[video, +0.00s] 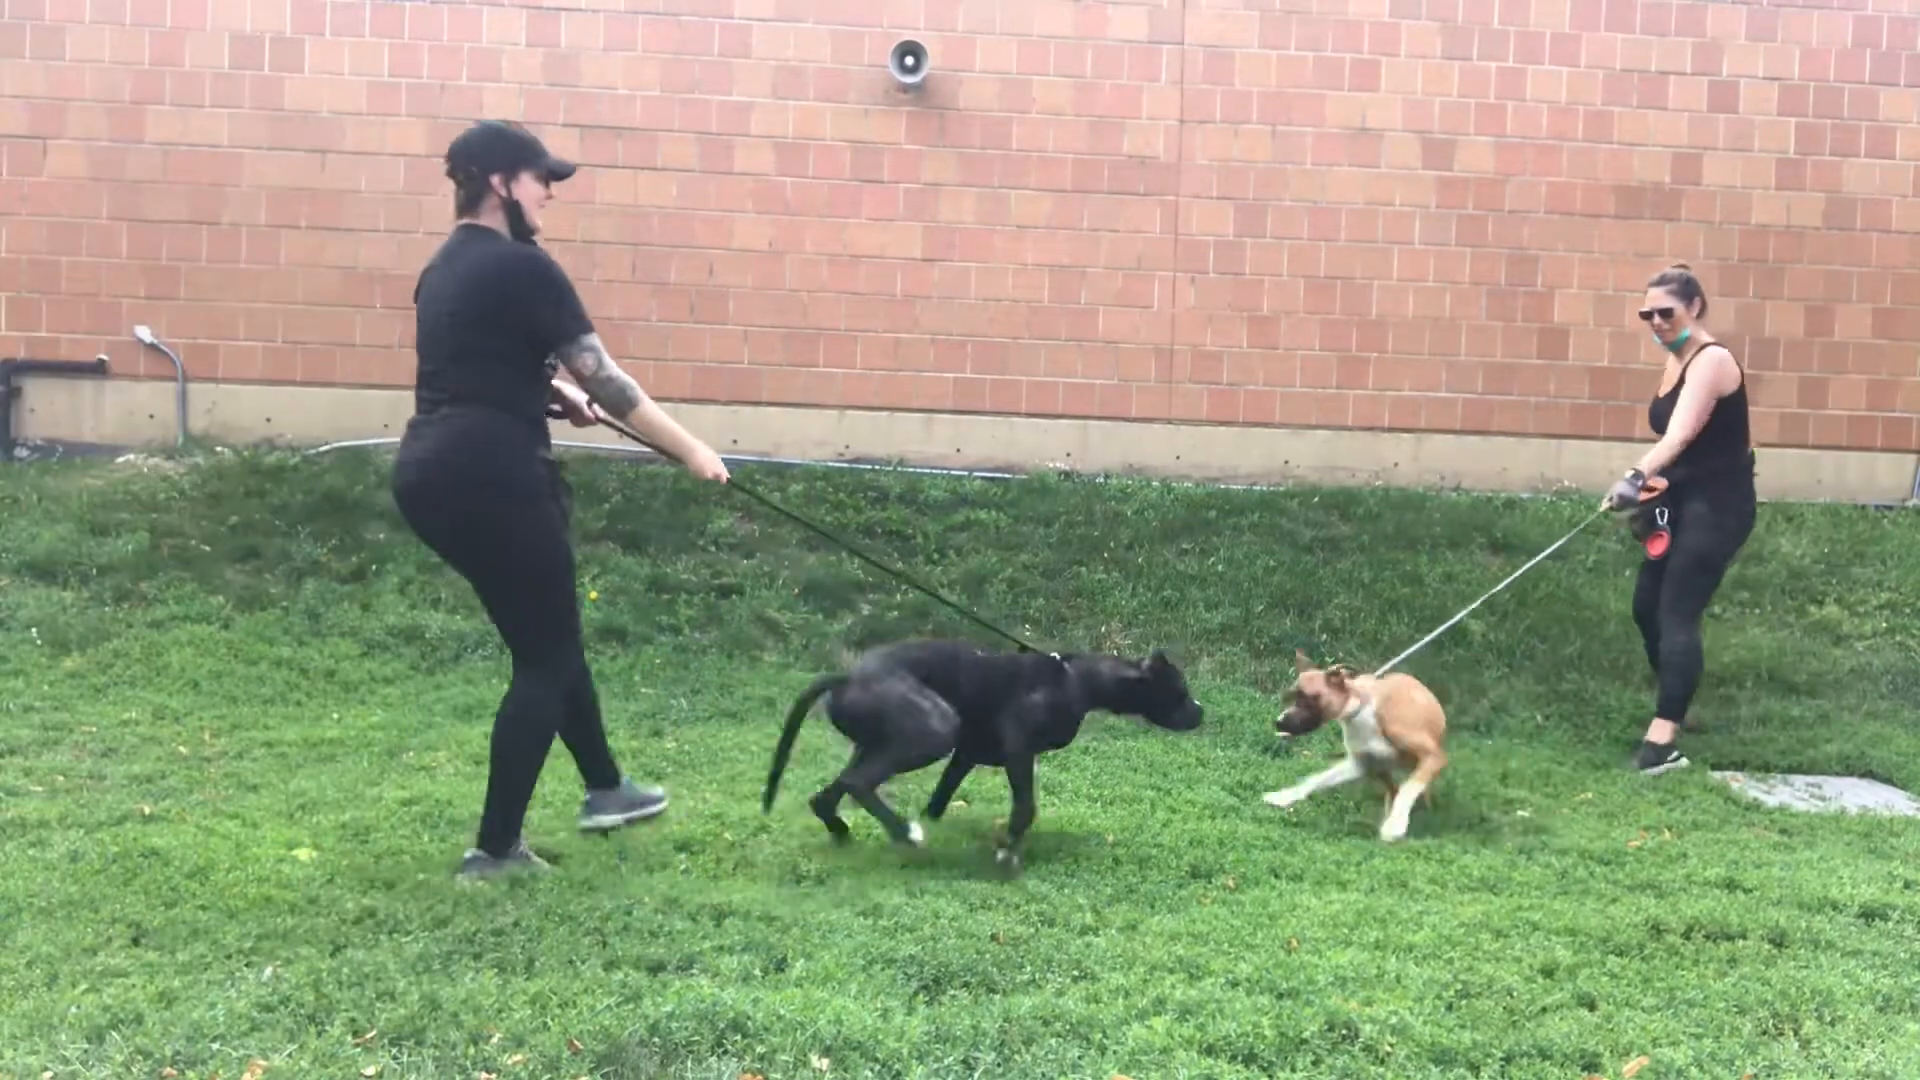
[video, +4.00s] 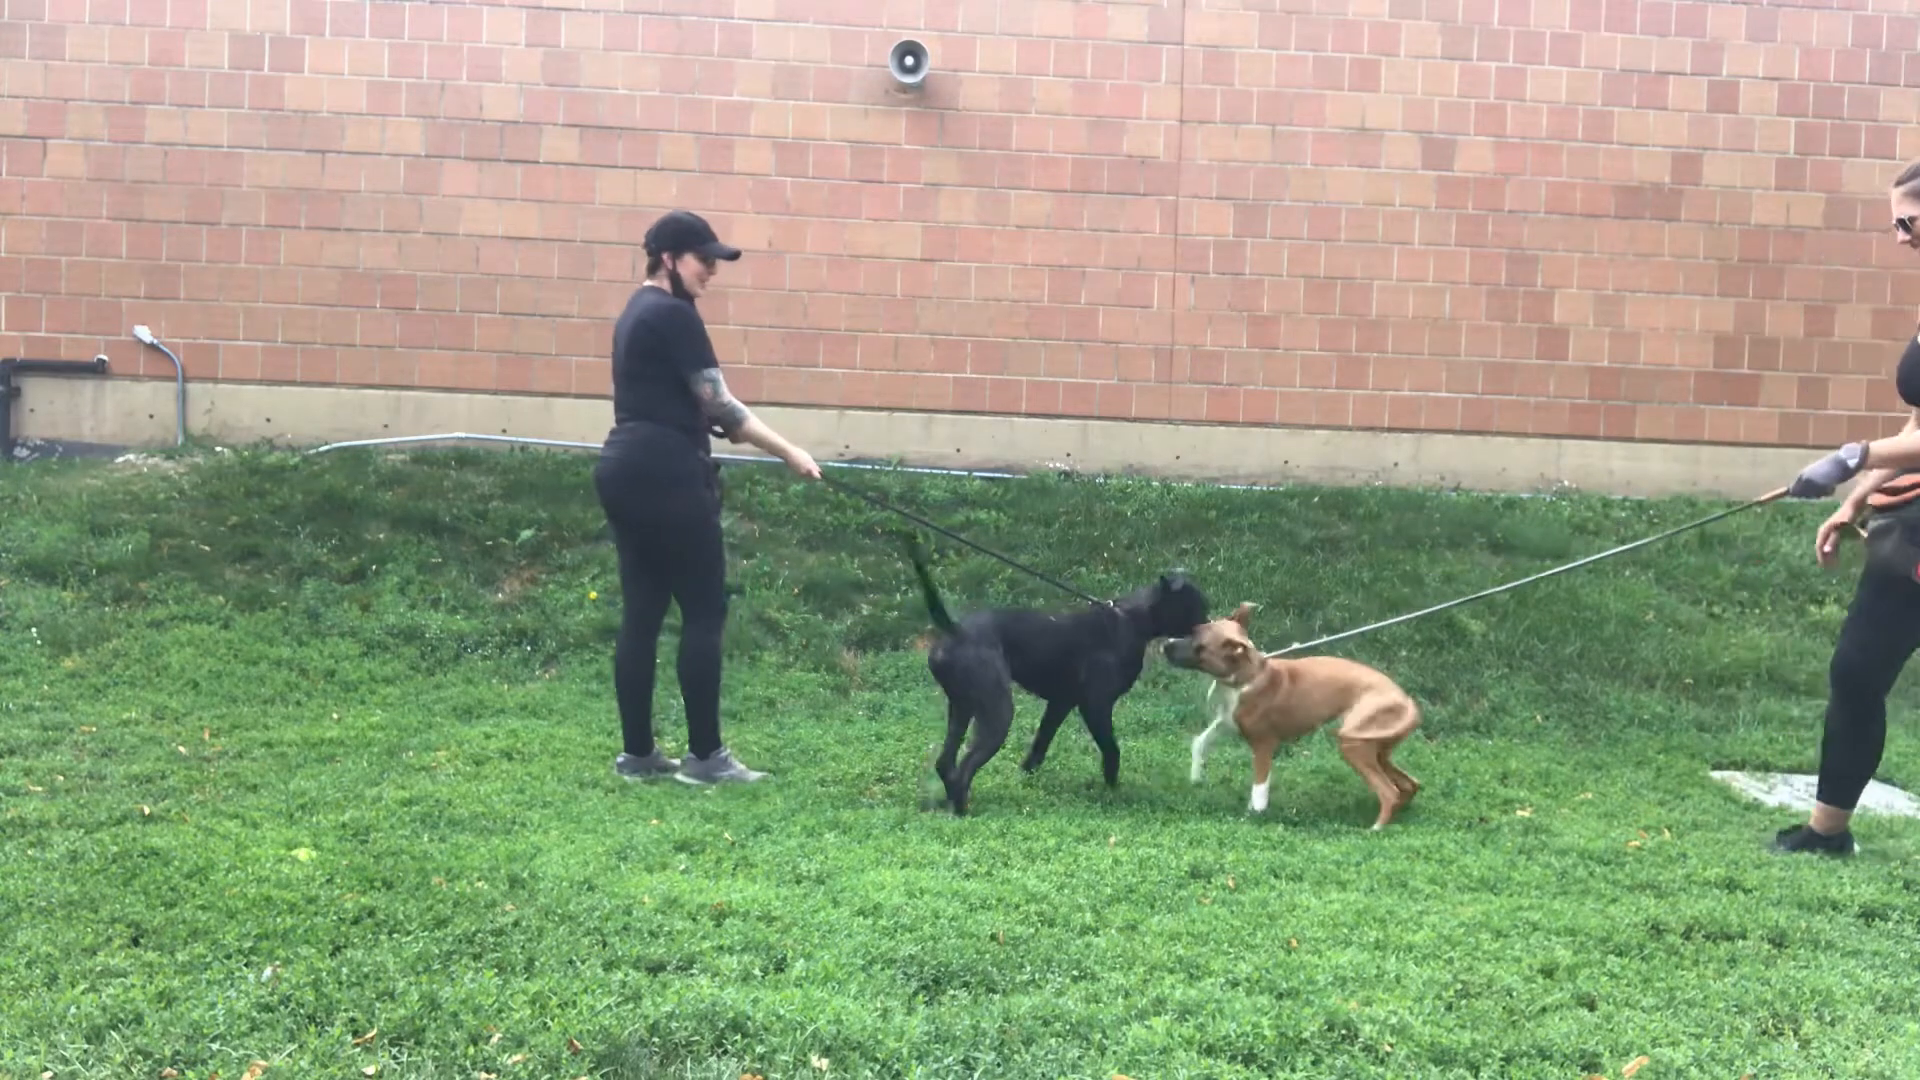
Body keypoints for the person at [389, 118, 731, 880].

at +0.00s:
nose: (549, 195)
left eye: (549, 181)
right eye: (541, 180)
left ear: (479, 186)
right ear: (500, 184)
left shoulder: (442, 267)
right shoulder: (523, 267)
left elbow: (470, 367)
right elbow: (605, 383)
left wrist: (549, 393)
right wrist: (691, 450)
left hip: (427, 468)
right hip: (498, 470)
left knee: (552, 629)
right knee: (544, 655)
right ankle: (497, 848)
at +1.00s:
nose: (699, 259)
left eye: (700, 247)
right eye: (695, 246)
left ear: (635, 241)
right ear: (664, 240)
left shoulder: (594, 309)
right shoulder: (677, 302)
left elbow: (594, 409)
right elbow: (714, 398)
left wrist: (675, 418)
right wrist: (790, 436)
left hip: (613, 472)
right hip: (679, 472)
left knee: (658, 628)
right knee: (712, 635)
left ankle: (636, 771)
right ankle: (740, 796)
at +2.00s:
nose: (720, 262)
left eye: (721, 252)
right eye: (713, 251)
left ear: (668, 250)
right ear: (681, 248)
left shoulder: (618, 305)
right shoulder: (697, 305)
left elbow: (607, 401)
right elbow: (728, 403)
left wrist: (682, 414)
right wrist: (786, 454)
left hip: (619, 467)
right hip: (684, 470)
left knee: (636, 622)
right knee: (708, 627)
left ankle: (634, 771)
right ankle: (727, 775)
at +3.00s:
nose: (743, 269)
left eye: (745, 258)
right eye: (738, 257)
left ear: (694, 256)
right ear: (707, 254)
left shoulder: (642, 315)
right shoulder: (720, 312)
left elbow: (633, 407)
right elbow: (745, 406)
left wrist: (715, 421)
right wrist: (802, 455)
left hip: (648, 469)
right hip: (710, 469)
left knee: (691, 618)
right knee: (726, 622)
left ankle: (641, 743)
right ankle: (731, 766)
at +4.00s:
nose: (712, 272)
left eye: (713, 262)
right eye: (705, 261)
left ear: (669, 261)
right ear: (670, 258)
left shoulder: (639, 309)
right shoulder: (675, 314)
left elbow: (674, 404)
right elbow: (720, 406)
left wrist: (725, 421)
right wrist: (787, 451)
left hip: (625, 463)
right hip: (669, 468)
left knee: (642, 609)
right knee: (705, 609)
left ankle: (638, 753)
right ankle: (707, 756)